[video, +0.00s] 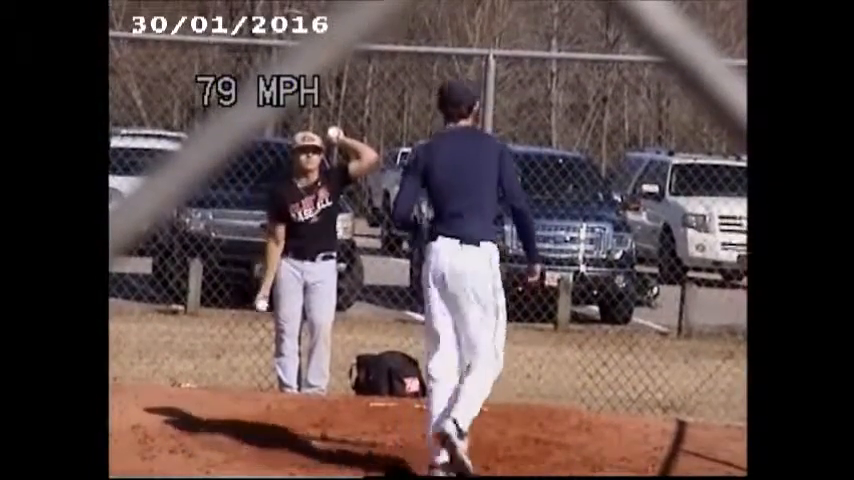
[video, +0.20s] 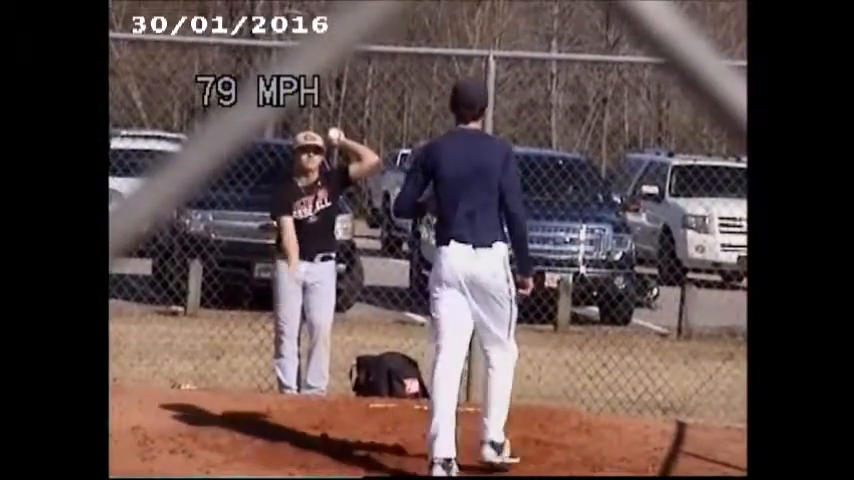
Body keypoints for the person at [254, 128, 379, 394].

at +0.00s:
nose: (308, 156)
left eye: (313, 151)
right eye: (303, 152)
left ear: (322, 155)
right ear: (294, 156)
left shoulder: (333, 179)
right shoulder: (283, 191)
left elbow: (371, 158)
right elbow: (276, 239)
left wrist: (343, 140)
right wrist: (265, 287)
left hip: (324, 264)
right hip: (290, 262)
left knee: (322, 327)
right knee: (287, 327)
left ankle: (316, 388)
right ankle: (287, 387)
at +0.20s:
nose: (310, 156)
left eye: (315, 152)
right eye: (305, 152)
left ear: (323, 156)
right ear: (295, 156)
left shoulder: (333, 179)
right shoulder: (286, 190)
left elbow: (373, 161)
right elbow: (287, 230)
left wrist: (343, 142)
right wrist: (293, 262)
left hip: (324, 263)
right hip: (291, 261)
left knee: (321, 327)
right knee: (287, 328)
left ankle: (316, 389)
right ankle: (287, 388)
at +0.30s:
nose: (310, 153)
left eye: (316, 148)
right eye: (305, 148)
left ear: (323, 153)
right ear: (295, 153)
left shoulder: (333, 177)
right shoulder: (285, 183)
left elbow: (373, 158)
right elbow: (293, 227)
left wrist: (343, 139)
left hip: (322, 259)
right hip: (288, 259)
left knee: (321, 324)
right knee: (286, 324)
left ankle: (316, 386)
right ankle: (287, 385)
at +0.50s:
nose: (311, 161)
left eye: (316, 157)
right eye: (306, 153)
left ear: (324, 155)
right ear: (296, 158)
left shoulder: (334, 175)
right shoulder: (289, 179)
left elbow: (374, 158)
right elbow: (286, 204)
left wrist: (344, 139)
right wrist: (299, 166)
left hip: (324, 259)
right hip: (289, 259)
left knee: (321, 323)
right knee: (287, 323)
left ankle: (316, 384)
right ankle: (288, 383)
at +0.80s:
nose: (315, 150)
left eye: (320, 145)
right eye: (309, 145)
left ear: (327, 150)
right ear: (298, 150)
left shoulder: (335, 174)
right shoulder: (289, 175)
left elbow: (373, 160)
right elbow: (279, 187)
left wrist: (346, 140)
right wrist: (296, 144)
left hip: (324, 260)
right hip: (290, 258)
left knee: (322, 325)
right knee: (287, 325)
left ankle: (316, 385)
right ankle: (288, 385)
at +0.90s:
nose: (309, 153)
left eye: (315, 147)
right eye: (303, 148)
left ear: (323, 149)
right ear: (294, 149)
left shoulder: (333, 174)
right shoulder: (283, 173)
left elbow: (362, 154)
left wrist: (340, 137)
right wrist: (280, 126)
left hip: (317, 259)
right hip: (283, 258)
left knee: (313, 324)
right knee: (276, 322)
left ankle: (308, 384)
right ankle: (280, 383)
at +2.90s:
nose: (304, 150)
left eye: (310, 144)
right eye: (299, 145)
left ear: (318, 147)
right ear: (290, 147)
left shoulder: (330, 173)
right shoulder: (281, 173)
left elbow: (355, 156)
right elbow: (268, 146)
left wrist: (340, 137)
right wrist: (283, 126)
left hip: (320, 258)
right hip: (285, 256)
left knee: (314, 322)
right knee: (280, 320)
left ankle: (309, 380)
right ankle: (280, 379)